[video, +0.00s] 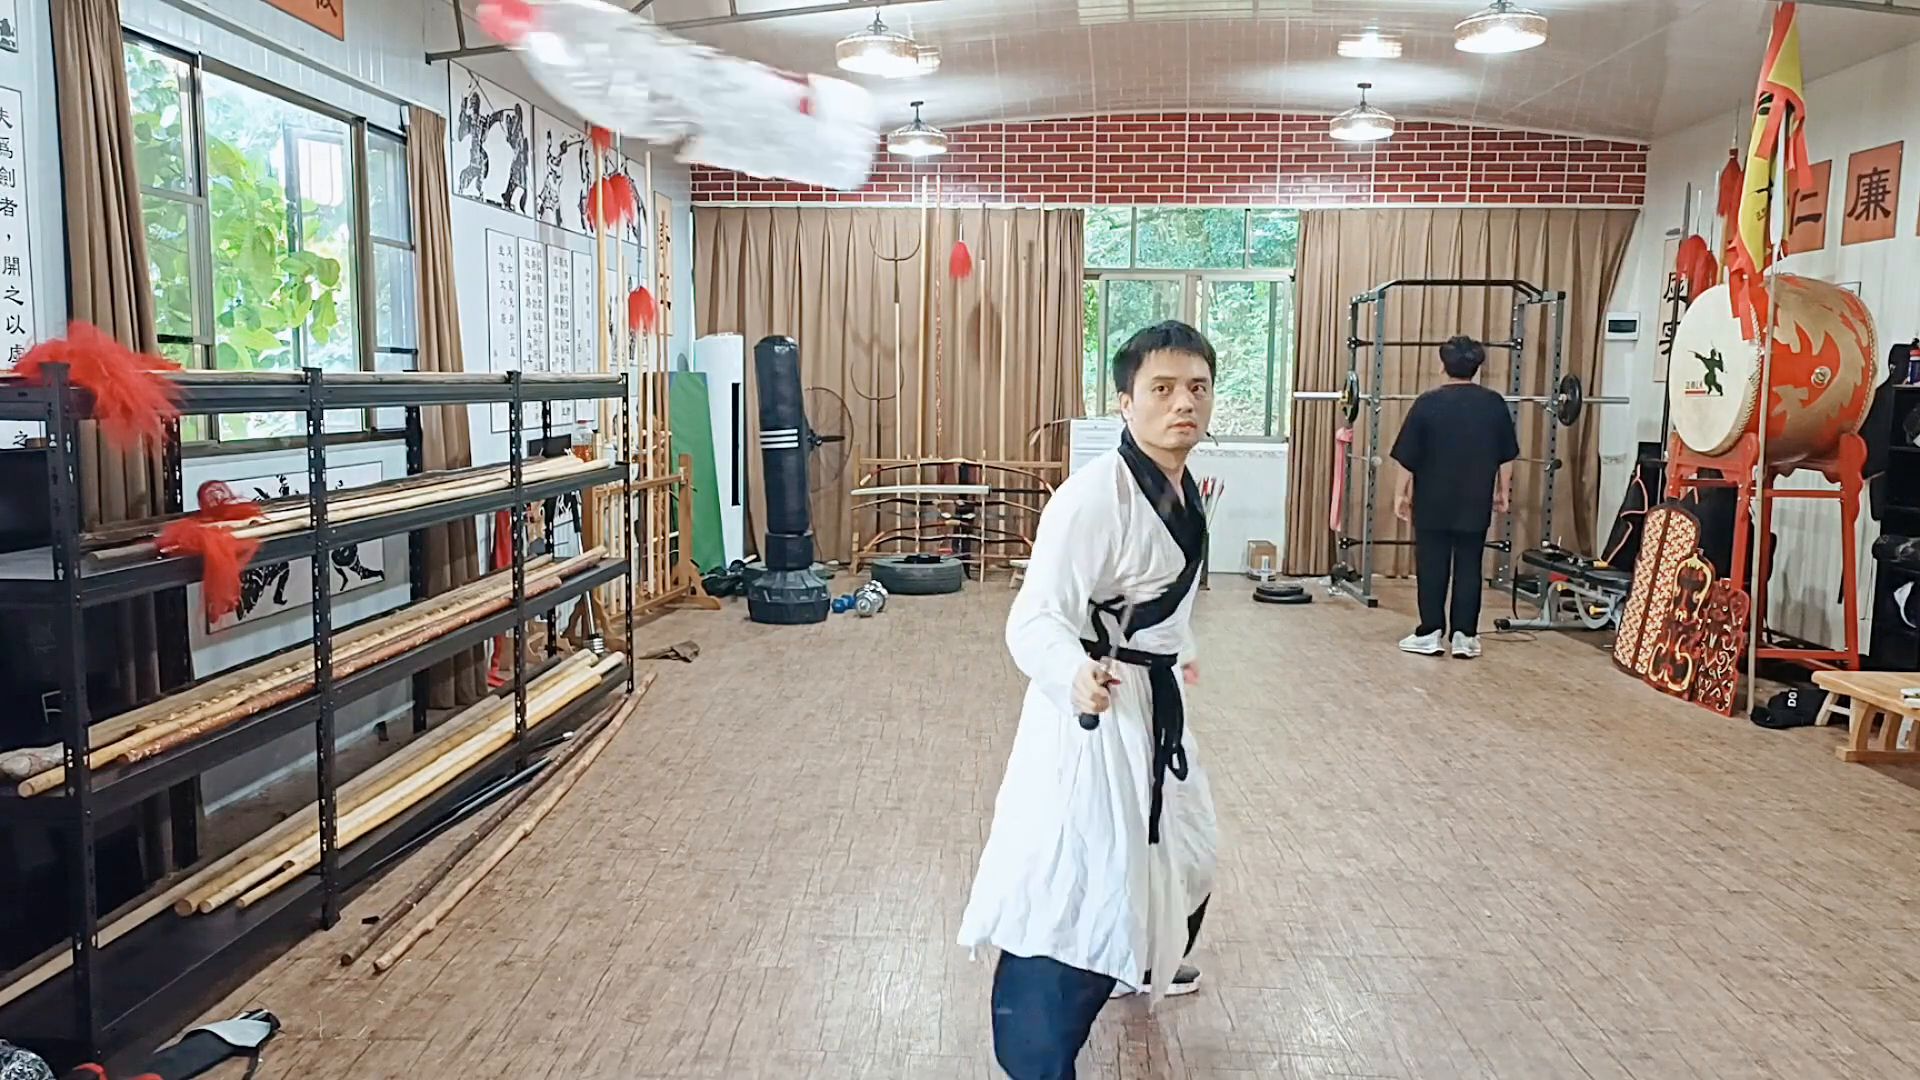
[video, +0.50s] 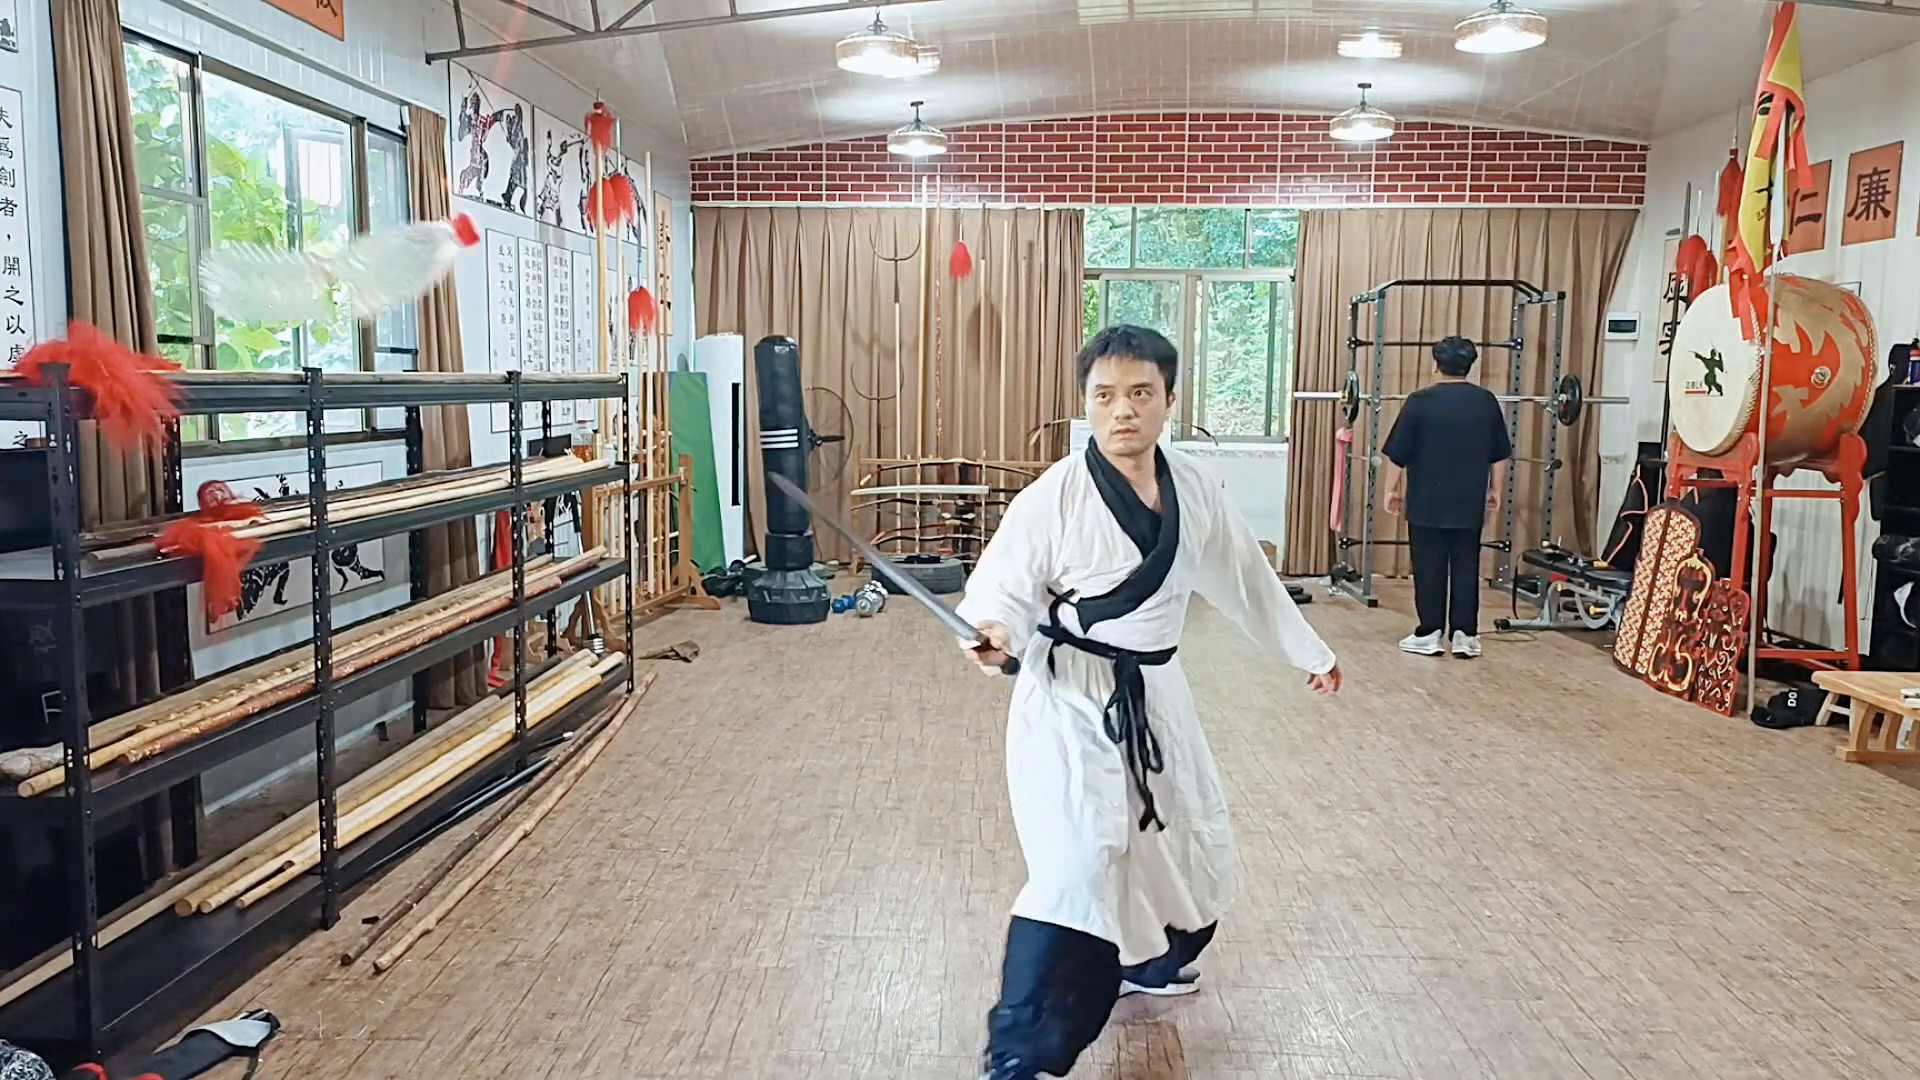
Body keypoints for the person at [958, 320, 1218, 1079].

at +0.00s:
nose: (1185, 404)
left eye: (1198, 388)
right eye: (1164, 388)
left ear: (1213, 399)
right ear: (1126, 401)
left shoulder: (1183, 489)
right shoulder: (1091, 496)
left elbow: (1162, 587)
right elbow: (1034, 619)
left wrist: (1181, 650)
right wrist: (1075, 671)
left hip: (1155, 707)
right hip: (1087, 721)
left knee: (1180, 858)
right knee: (1072, 896)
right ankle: (1038, 1057)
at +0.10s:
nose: (1177, 393)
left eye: (1193, 378)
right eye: (1158, 377)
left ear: (1209, 391)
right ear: (1126, 388)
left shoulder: (1197, 475)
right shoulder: (1088, 480)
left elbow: (1197, 573)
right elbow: (1024, 589)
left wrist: (1233, 643)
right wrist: (1049, 644)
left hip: (1160, 680)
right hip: (1089, 687)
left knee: (1196, 828)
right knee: (1090, 859)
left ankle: (1144, 954)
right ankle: (1043, 1056)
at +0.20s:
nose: (1162, 386)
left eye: (1180, 371)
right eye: (1145, 369)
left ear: (1202, 384)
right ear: (1120, 377)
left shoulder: (1204, 464)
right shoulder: (1083, 469)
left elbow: (1228, 568)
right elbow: (1025, 576)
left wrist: (1268, 639)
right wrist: (1038, 633)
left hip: (1169, 674)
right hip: (1091, 675)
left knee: (1183, 822)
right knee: (1090, 861)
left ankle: (1143, 962)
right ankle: (1043, 1059)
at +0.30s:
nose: (1147, 389)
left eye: (1165, 374)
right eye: (1131, 374)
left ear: (1189, 384)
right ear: (1108, 384)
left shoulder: (1202, 467)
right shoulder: (1071, 480)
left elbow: (1239, 567)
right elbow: (1020, 577)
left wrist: (1289, 641)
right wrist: (1027, 627)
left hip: (1171, 675)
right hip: (1088, 676)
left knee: (1189, 824)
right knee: (1089, 859)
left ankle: (1151, 961)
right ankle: (1043, 1059)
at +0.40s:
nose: (1136, 399)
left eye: (1153, 383)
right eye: (1119, 384)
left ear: (1180, 390)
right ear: (1099, 395)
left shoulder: (1203, 477)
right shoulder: (1064, 490)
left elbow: (1248, 573)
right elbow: (1010, 583)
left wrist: (1301, 648)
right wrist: (1015, 629)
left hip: (1165, 684)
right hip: (1077, 683)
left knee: (1188, 830)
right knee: (1084, 868)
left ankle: (1149, 961)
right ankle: (1047, 1061)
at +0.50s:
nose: (1124, 410)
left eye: (1141, 393)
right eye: (1106, 395)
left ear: (1169, 401)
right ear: (1086, 406)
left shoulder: (1196, 487)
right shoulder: (1053, 499)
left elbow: (1248, 579)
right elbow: (998, 588)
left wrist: (1308, 650)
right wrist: (994, 631)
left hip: (1157, 691)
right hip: (1064, 692)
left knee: (1199, 841)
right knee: (1075, 863)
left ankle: (1145, 966)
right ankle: (1019, 1062)